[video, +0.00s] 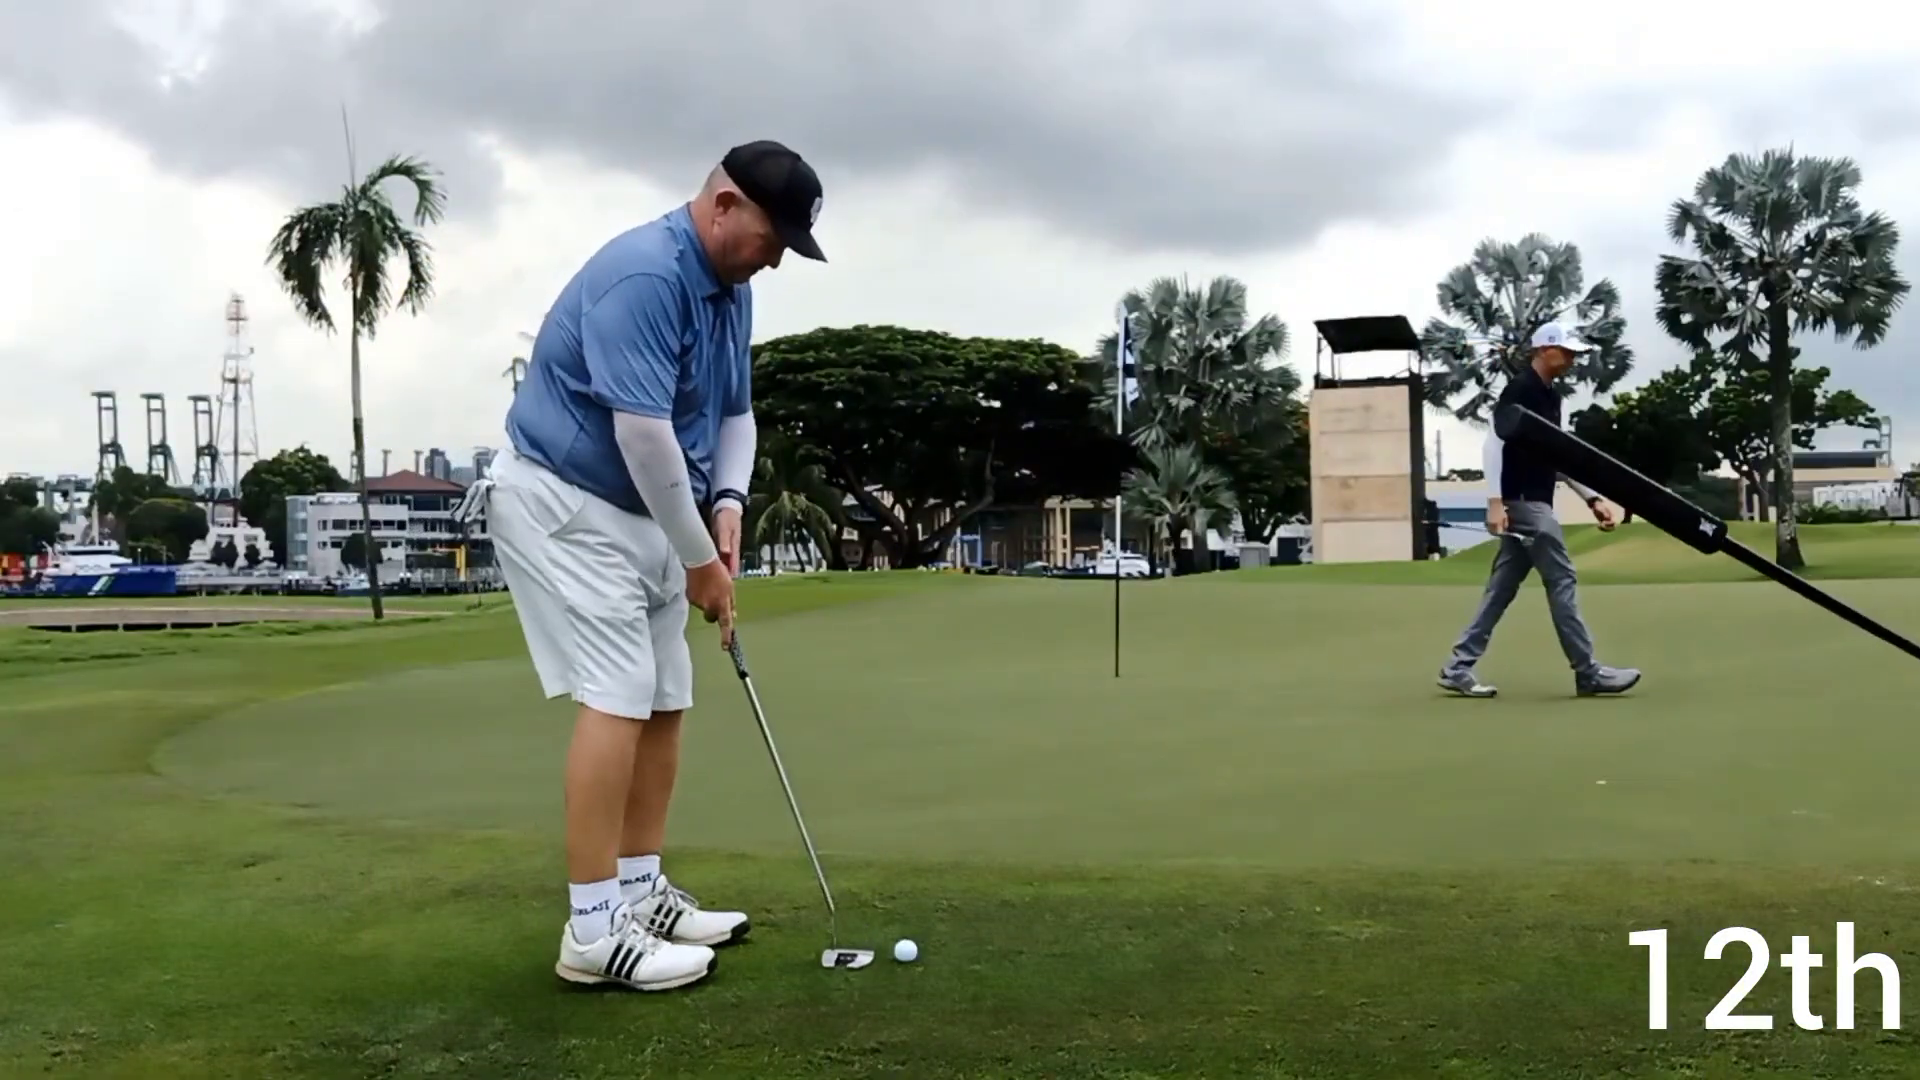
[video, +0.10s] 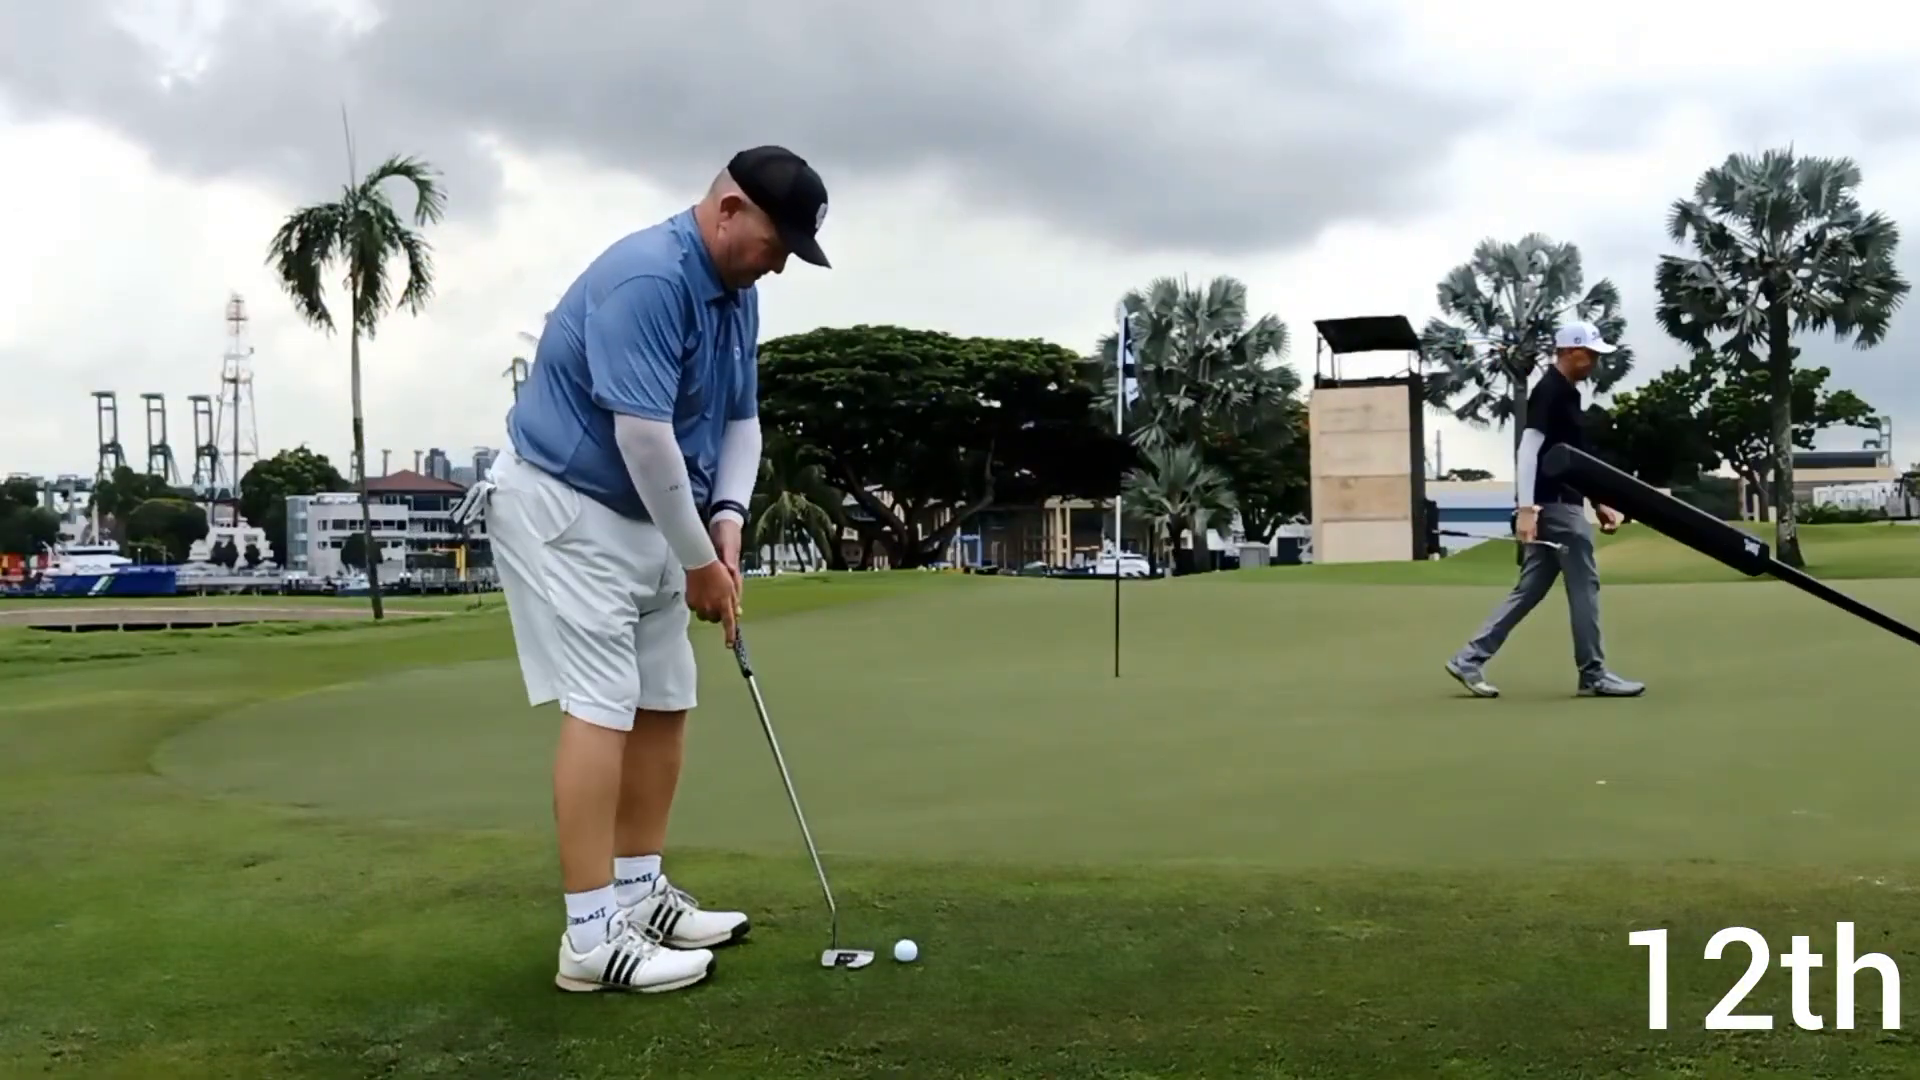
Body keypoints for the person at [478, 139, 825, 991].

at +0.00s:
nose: (775, 260)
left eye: (784, 248)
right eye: (773, 241)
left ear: (738, 212)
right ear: (724, 201)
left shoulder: (726, 286)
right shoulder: (643, 279)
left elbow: (733, 414)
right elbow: (642, 434)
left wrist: (729, 507)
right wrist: (699, 557)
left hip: (642, 508)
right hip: (562, 497)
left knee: (665, 692)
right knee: (618, 690)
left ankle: (637, 893)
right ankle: (591, 929)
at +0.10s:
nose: (778, 266)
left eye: (788, 254)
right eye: (777, 246)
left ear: (745, 218)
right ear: (728, 206)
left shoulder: (733, 293)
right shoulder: (646, 280)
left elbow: (739, 421)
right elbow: (643, 438)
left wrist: (729, 519)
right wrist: (700, 560)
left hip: (648, 509)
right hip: (563, 500)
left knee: (663, 694)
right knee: (600, 700)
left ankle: (639, 895)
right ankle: (589, 936)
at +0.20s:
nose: (779, 271)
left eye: (788, 259)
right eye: (777, 252)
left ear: (742, 222)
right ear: (731, 212)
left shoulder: (735, 292)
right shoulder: (647, 287)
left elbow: (737, 425)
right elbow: (645, 444)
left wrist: (726, 521)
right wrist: (690, 572)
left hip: (642, 512)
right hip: (558, 503)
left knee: (664, 692)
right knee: (596, 701)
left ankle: (638, 896)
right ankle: (588, 939)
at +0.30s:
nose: (780, 277)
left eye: (790, 266)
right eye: (778, 259)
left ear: (741, 227)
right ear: (732, 218)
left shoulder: (736, 295)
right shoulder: (648, 292)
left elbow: (734, 427)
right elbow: (649, 452)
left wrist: (722, 525)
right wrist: (689, 581)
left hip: (636, 513)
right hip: (553, 504)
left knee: (658, 690)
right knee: (590, 701)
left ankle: (635, 895)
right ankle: (588, 941)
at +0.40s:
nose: (782, 282)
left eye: (792, 270)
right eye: (779, 263)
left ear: (748, 234)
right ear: (734, 224)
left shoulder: (737, 299)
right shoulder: (653, 297)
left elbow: (731, 432)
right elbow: (656, 456)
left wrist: (719, 531)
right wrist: (688, 584)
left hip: (633, 513)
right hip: (549, 504)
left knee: (654, 690)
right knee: (585, 702)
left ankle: (633, 894)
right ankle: (587, 941)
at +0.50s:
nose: (787, 288)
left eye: (796, 276)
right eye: (784, 269)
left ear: (749, 237)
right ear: (739, 230)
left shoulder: (738, 301)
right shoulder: (655, 301)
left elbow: (729, 432)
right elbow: (656, 461)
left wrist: (717, 530)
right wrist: (686, 586)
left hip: (633, 512)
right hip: (548, 504)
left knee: (652, 691)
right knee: (585, 703)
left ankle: (634, 895)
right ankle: (586, 941)